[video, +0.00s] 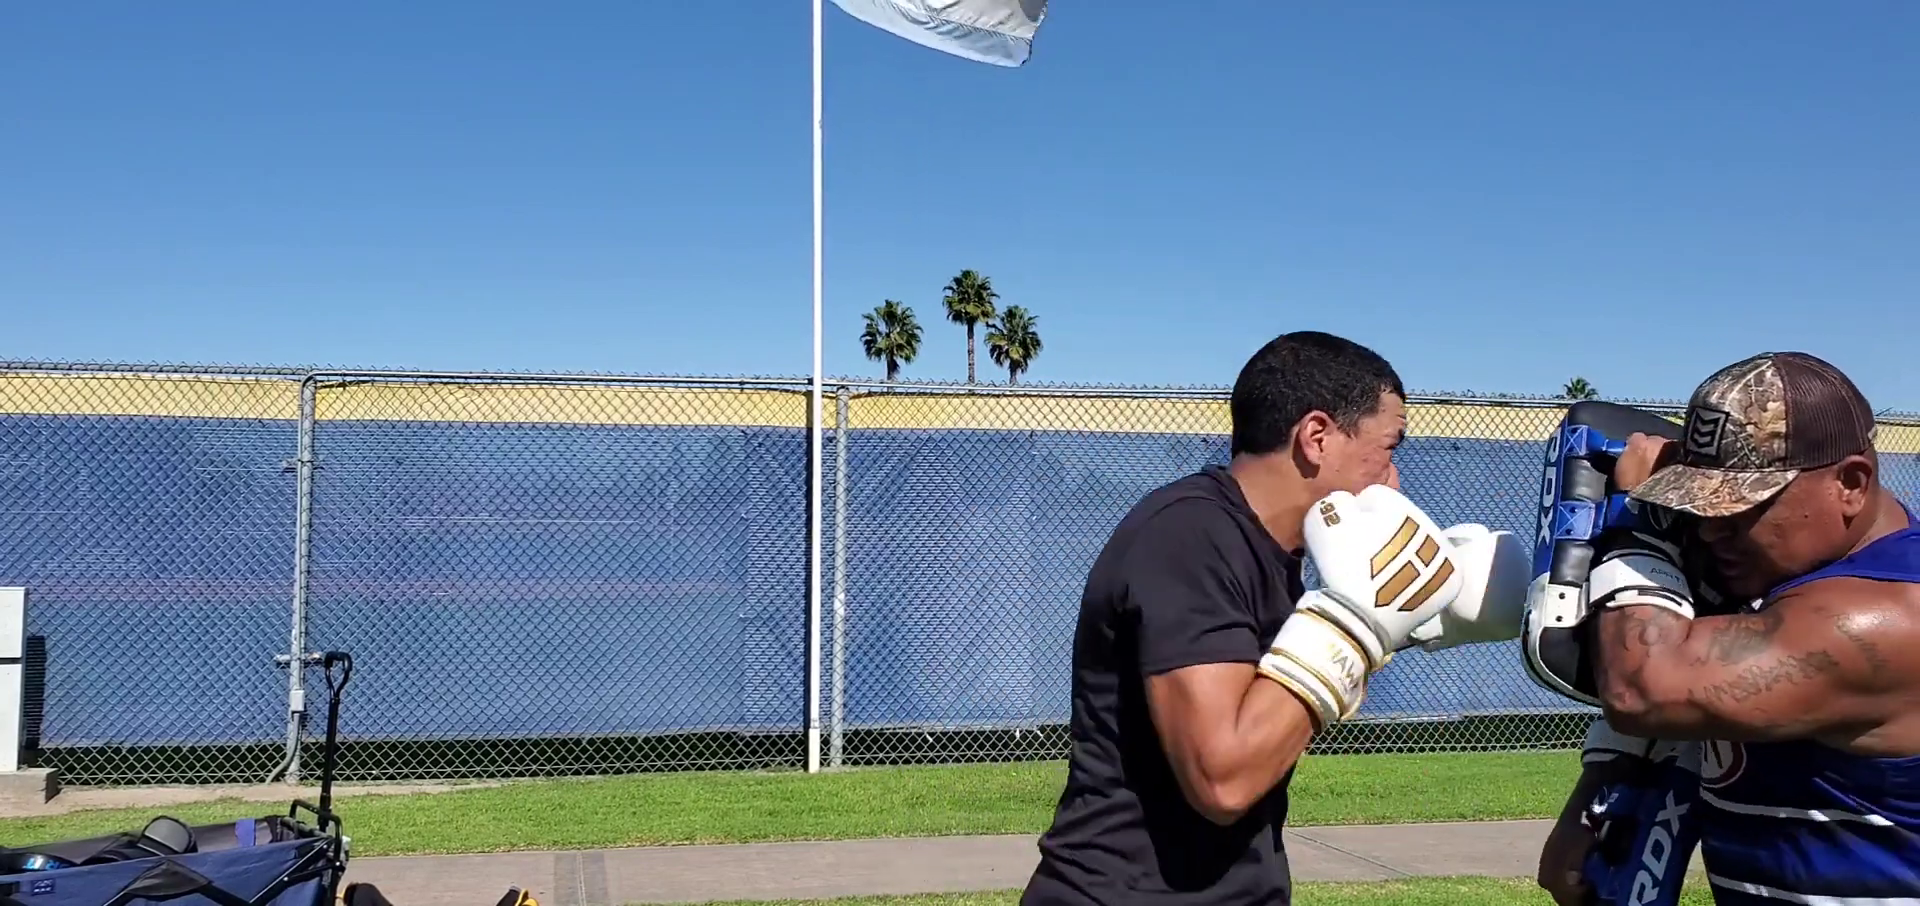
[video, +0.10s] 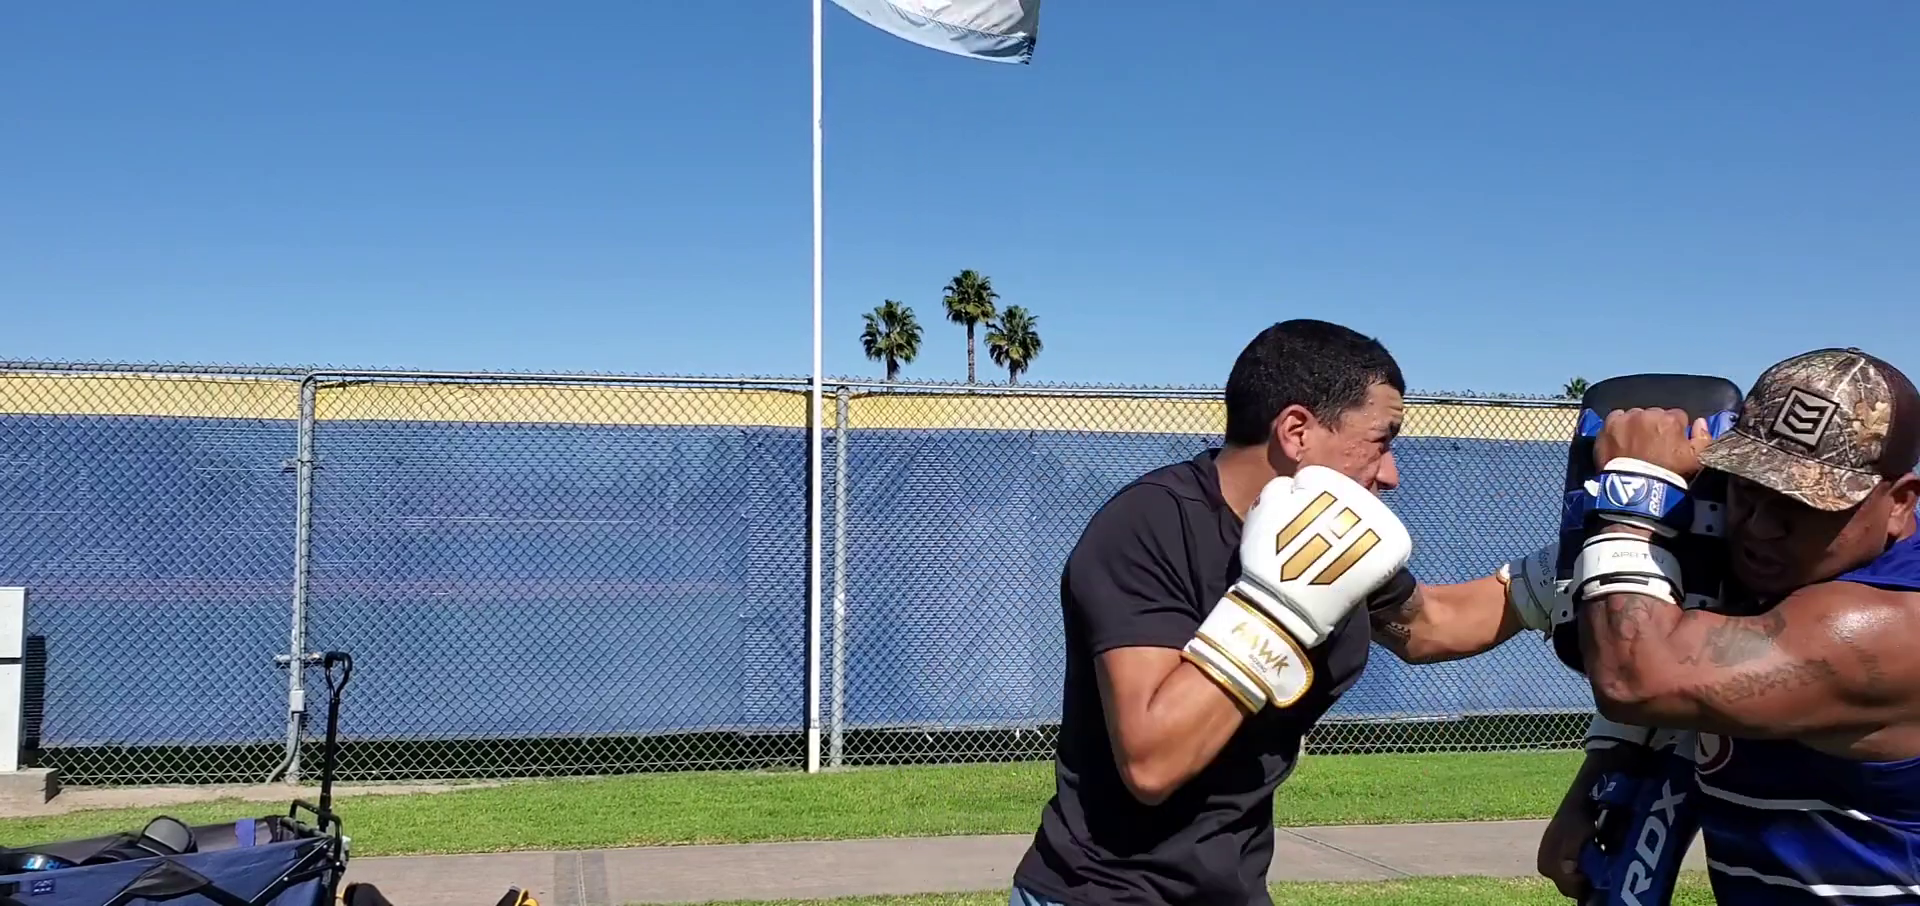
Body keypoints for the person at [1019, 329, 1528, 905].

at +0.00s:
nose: (1392, 481)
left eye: (1393, 454)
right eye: (1385, 452)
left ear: (1314, 442)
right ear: (1316, 439)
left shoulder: (1268, 549)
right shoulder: (1185, 539)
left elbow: (1256, 741)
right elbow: (1224, 779)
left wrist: (1370, 631)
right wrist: (1346, 624)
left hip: (1237, 883)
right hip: (1130, 887)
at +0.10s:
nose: (1391, 475)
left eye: (1393, 445)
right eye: (1378, 444)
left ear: (1302, 438)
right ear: (1296, 433)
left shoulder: (1328, 537)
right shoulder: (1141, 530)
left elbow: (1419, 624)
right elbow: (1151, 762)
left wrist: (1564, 585)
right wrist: (1271, 612)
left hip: (1233, 880)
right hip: (1100, 880)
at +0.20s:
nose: (1393, 468)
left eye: (1392, 437)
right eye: (1377, 436)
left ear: (1291, 435)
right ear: (1291, 431)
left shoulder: (1278, 541)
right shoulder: (1155, 530)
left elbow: (1264, 694)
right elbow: (1150, 763)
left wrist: (1434, 655)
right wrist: (1282, 615)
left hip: (1217, 886)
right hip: (1112, 891)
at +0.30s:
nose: (1380, 468)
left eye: (1377, 438)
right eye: (1365, 437)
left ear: (1284, 435)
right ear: (1283, 430)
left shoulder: (1225, 536)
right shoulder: (1167, 534)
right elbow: (1187, 771)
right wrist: (1315, 617)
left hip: (1202, 887)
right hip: (1128, 892)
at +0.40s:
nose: (1343, 452)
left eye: (1341, 424)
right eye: (1330, 422)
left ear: (1253, 415)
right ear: (1252, 413)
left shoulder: (1188, 523)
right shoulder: (1151, 522)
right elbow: (1199, 765)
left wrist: (1304, 668)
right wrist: (1305, 612)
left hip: (1176, 886)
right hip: (1109, 890)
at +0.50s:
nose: (1299, 444)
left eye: (1298, 417)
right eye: (1287, 416)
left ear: (1210, 414)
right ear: (1211, 411)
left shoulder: (1136, 512)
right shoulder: (1130, 525)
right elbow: (1193, 771)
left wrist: (1289, 631)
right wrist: (1280, 609)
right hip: (1096, 889)